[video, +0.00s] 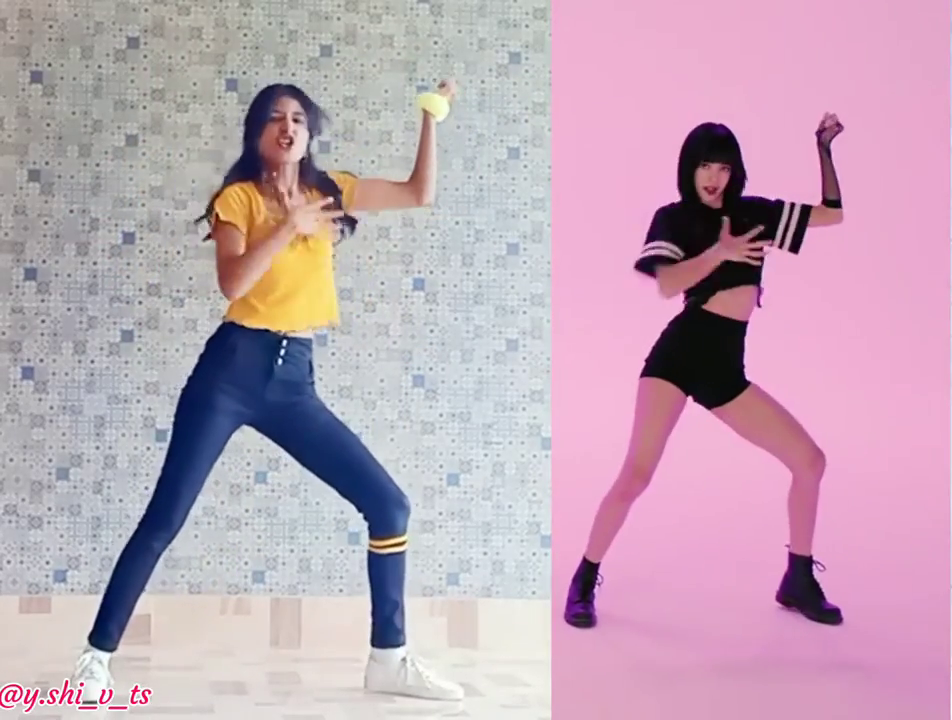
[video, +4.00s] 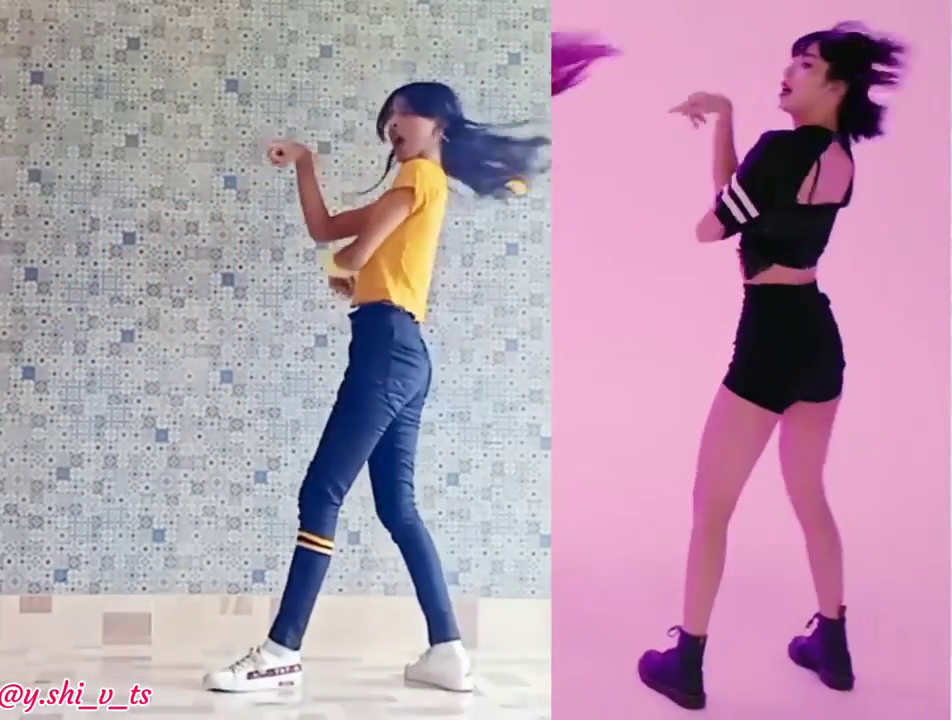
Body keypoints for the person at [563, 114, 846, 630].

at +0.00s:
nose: (713, 178)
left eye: (722, 168)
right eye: (703, 168)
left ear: (735, 170)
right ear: (688, 170)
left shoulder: (753, 213)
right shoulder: (674, 218)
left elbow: (832, 213)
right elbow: (667, 283)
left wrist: (824, 148)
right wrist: (722, 252)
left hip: (724, 367)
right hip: (677, 356)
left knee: (809, 461)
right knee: (635, 477)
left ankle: (798, 579)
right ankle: (584, 581)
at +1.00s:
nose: (785, 221)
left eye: (799, 220)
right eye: (783, 206)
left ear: (804, 233)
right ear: (763, 200)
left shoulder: (795, 275)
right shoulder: (706, 258)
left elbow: (879, 300)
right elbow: (661, 334)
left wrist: (908, 234)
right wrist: (612, 398)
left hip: (796, 401)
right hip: (740, 414)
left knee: (867, 512)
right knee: (672, 497)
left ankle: (864, 615)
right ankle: (648, 635)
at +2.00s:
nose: (789, 75)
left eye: (797, 67)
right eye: (773, 68)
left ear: (811, 87)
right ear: (751, 90)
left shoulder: (823, 172)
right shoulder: (722, 169)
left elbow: (857, 273)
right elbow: (672, 269)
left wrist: (929, 320)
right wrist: (621, 351)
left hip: (805, 334)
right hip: (741, 337)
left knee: (864, 480)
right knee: (691, 497)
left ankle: (877, 614)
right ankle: (640, 606)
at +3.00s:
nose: (739, 123)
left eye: (748, 106)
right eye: (722, 116)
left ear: (773, 108)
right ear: (710, 134)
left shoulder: (817, 172)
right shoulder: (727, 207)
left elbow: (826, 256)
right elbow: (659, 312)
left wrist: (840, 327)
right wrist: (574, 393)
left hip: (779, 370)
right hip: (722, 362)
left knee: (864, 507)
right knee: (680, 527)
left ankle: (820, 643)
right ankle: (599, 659)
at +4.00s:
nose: (786, 74)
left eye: (801, 66)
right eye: (791, 63)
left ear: (835, 85)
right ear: (835, 89)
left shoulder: (781, 152)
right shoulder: (843, 160)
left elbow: (707, 229)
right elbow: (742, 203)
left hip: (767, 338)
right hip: (818, 335)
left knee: (711, 505)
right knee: (810, 495)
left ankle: (687, 661)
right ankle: (832, 644)